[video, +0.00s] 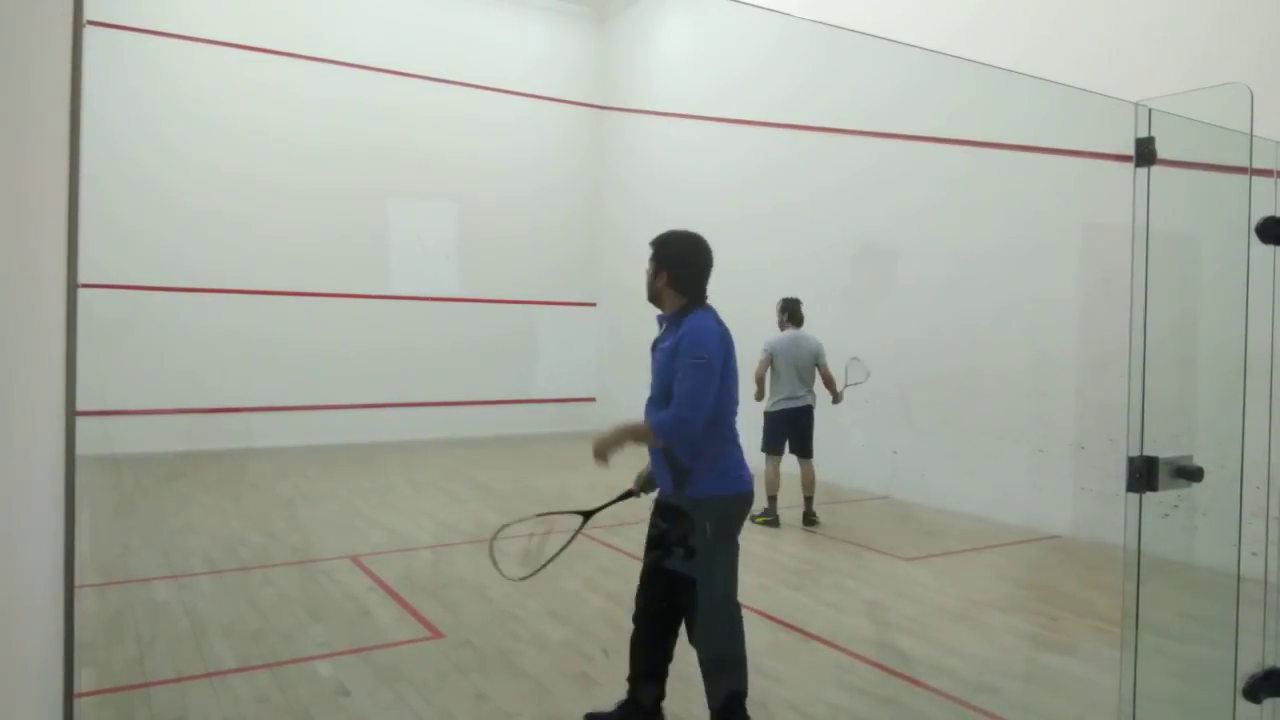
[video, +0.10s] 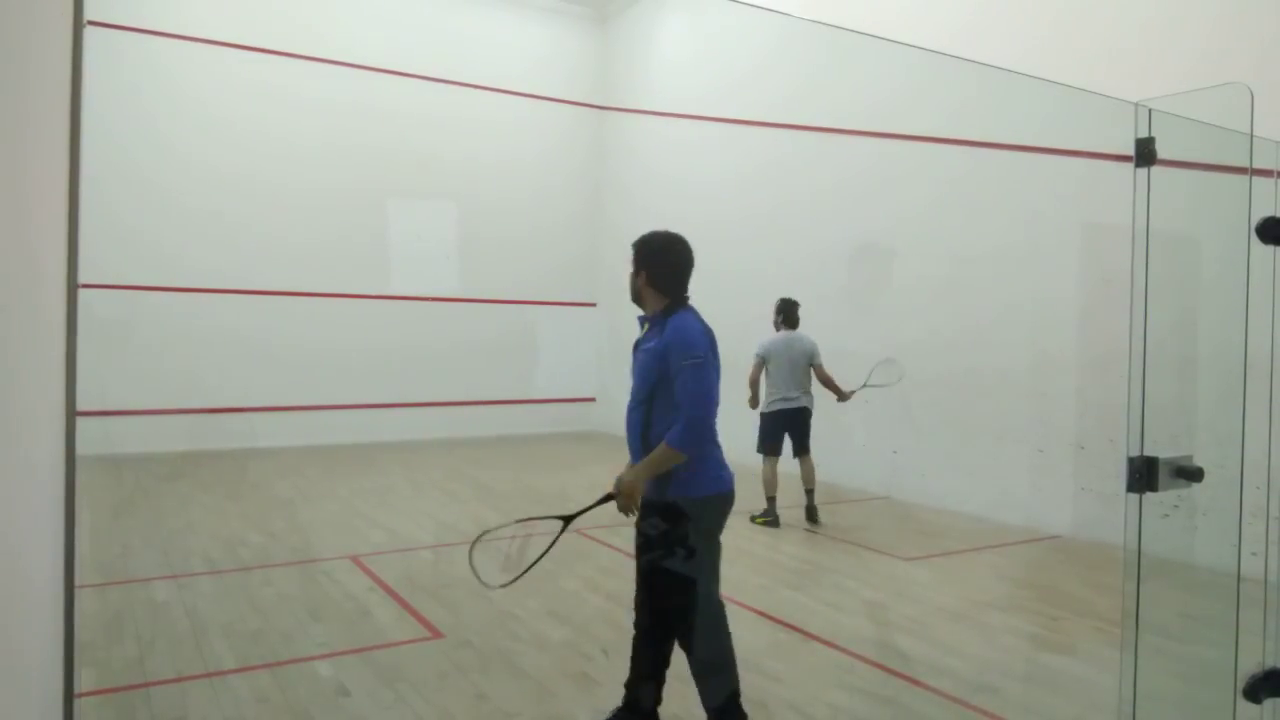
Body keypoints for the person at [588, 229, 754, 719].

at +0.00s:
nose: (646, 275)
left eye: (651, 267)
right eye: (649, 266)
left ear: (667, 276)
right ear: (685, 277)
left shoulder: (701, 332)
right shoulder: (674, 331)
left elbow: (687, 420)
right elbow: (674, 413)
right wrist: (654, 468)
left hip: (713, 493)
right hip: (678, 488)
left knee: (712, 614)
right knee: (656, 604)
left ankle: (730, 710)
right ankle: (642, 704)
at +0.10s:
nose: (629, 277)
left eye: (632, 269)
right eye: (632, 269)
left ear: (645, 276)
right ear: (672, 276)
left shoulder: (688, 334)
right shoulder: (657, 331)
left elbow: (694, 428)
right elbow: (664, 420)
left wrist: (639, 473)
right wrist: (633, 475)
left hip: (692, 494)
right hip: (662, 492)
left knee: (697, 611)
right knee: (653, 607)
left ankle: (726, 711)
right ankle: (639, 707)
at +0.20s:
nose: (611, 275)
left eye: (615, 267)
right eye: (614, 266)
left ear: (628, 274)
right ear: (652, 275)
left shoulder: (665, 333)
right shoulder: (636, 329)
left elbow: (676, 427)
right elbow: (638, 415)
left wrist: (626, 480)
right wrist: (608, 466)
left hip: (662, 496)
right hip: (636, 495)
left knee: (663, 612)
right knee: (637, 610)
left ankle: (720, 711)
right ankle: (636, 708)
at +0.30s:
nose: (604, 276)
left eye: (608, 267)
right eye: (608, 267)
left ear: (618, 275)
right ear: (648, 277)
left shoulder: (647, 334)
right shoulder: (629, 328)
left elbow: (650, 424)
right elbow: (634, 416)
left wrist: (593, 478)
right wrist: (600, 476)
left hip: (645, 492)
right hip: (623, 488)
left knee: (635, 611)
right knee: (626, 607)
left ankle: (708, 710)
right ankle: (637, 707)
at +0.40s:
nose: (598, 276)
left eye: (601, 268)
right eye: (602, 267)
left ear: (609, 275)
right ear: (647, 277)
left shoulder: (635, 331)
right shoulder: (637, 325)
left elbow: (636, 421)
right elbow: (641, 414)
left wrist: (583, 474)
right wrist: (595, 473)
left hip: (641, 492)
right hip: (631, 487)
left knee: (616, 609)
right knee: (628, 606)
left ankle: (702, 706)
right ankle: (637, 707)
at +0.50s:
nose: (594, 275)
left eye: (596, 268)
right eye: (596, 267)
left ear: (603, 274)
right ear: (643, 275)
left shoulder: (629, 330)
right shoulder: (640, 323)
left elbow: (633, 422)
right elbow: (646, 416)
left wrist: (584, 480)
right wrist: (600, 477)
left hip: (643, 493)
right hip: (639, 488)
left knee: (631, 615)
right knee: (630, 611)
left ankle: (656, 709)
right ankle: (640, 705)